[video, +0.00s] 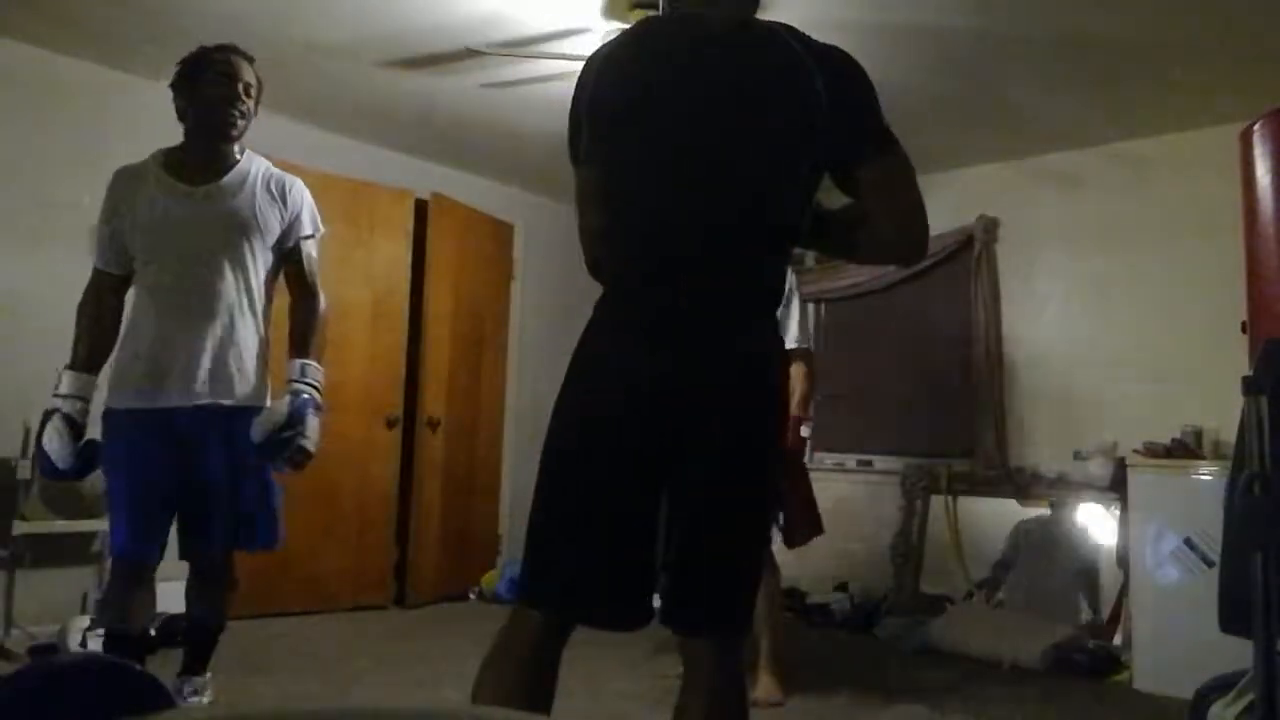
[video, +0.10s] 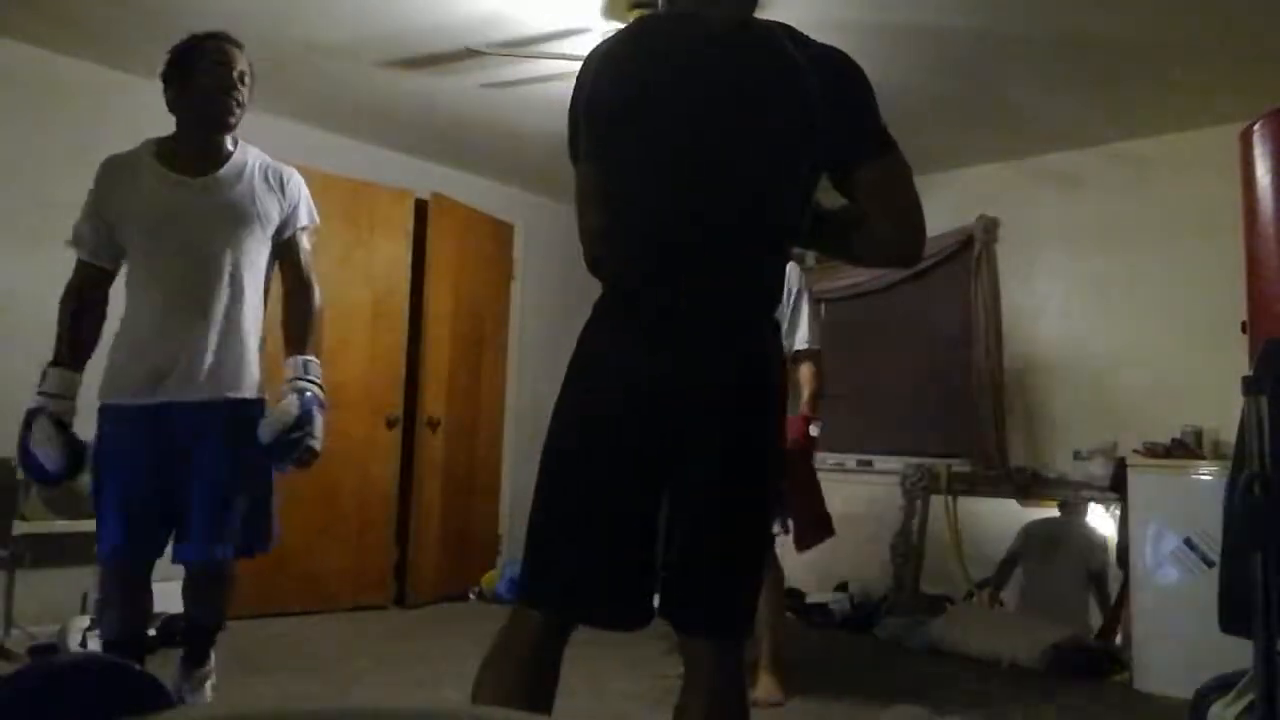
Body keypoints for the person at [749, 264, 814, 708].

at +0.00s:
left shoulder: (779, 277)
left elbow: (799, 356)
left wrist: (793, 426)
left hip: (757, 429)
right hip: (705, 421)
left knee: (759, 554)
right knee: (712, 552)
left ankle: (766, 668)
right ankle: (716, 668)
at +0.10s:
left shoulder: (786, 272)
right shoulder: (708, 276)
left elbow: (803, 353)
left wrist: (805, 410)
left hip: (762, 424)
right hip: (708, 418)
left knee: (760, 552)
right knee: (714, 547)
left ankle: (766, 668)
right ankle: (720, 670)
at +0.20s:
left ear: (769, 217)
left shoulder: (791, 267)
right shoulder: (701, 269)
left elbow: (812, 351)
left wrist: (811, 418)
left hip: (767, 430)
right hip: (707, 427)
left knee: (764, 553)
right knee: (713, 548)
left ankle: (767, 667)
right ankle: (714, 670)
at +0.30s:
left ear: (773, 216)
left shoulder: (796, 268)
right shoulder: (707, 266)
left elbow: (820, 351)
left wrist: (821, 420)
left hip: (776, 434)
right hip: (715, 431)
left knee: (768, 555)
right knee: (717, 550)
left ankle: (767, 669)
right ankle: (713, 672)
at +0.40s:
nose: (748, 216)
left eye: (754, 208)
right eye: (742, 207)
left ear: (771, 213)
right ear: (727, 214)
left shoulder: (802, 268)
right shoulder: (713, 269)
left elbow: (828, 349)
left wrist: (831, 412)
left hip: (776, 441)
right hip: (718, 439)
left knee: (768, 556)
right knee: (717, 556)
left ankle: (768, 670)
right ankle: (706, 672)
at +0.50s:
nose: (752, 236)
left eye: (756, 225)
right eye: (745, 228)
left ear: (769, 221)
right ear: (728, 227)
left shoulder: (803, 272)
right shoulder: (711, 269)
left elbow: (830, 355)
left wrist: (833, 422)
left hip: (774, 445)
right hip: (716, 444)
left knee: (768, 557)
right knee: (713, 561)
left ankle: (769, 671)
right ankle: (700, 673)